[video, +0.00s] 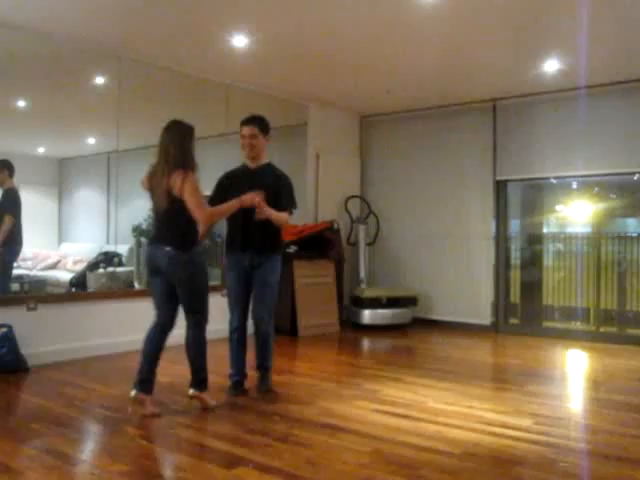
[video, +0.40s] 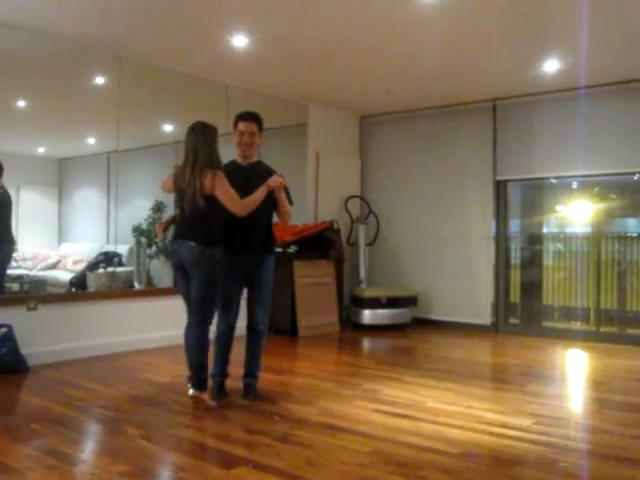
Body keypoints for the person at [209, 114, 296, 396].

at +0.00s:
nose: (248, 142)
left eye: (253, 137)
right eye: (244, 137)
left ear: (266, 139)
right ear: (240, 140)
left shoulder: (279, 179)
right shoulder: (230, 179)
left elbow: (286, 218)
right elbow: (210, 214)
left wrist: (269, 213)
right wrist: (239, 203)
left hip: (269, 256)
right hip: (237, 255)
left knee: (263, 319)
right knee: (237, 320)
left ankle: (264, 374)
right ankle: (237, 377)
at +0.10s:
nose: (247, 141)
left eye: (253, 136)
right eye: (243, 135)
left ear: (265, 139)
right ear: (238, 139)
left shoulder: (276, 178)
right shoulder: (226, 178)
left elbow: (287, 217)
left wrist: (274, 211)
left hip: (267, 254)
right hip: (235, 253)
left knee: (258, 320)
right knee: (237, 319)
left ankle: (251, 377)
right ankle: (236, 375)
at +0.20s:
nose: (247, 141)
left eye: (253, 135)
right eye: (243, 135)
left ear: (264, 139)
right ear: (237, 139)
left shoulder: (275, 178)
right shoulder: (224, 177)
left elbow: (287, 218)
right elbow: (209, 212)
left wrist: (275, 204)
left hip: (264, 255)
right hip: (232, 254)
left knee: (259, 321)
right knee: (234, 320)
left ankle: (250, 378)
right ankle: (235, 376)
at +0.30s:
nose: (246, 140)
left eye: (252, 134)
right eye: (242, 134)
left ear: (262, 138)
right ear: (236, 137)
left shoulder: (272, 177)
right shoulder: (224, 175)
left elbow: (286, 219)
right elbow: (212, 213)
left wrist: (277, 196)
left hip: (262, 254)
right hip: (230, 253)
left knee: (259, 322)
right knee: (230, 321)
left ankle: (251, 379)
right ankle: (230, 377)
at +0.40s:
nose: (245, 138)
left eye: (251, 133)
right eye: (240, 133)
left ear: (260, 137)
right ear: (234, 136)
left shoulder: (270, 176)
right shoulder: (222, 173)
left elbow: (286, 217)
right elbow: (207, 210)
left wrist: (279, 193)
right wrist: (172, 220)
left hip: (261, 253)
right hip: (229, 252)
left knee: (258, 322)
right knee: (226, 320)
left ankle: (251, 380)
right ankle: (218, 379)